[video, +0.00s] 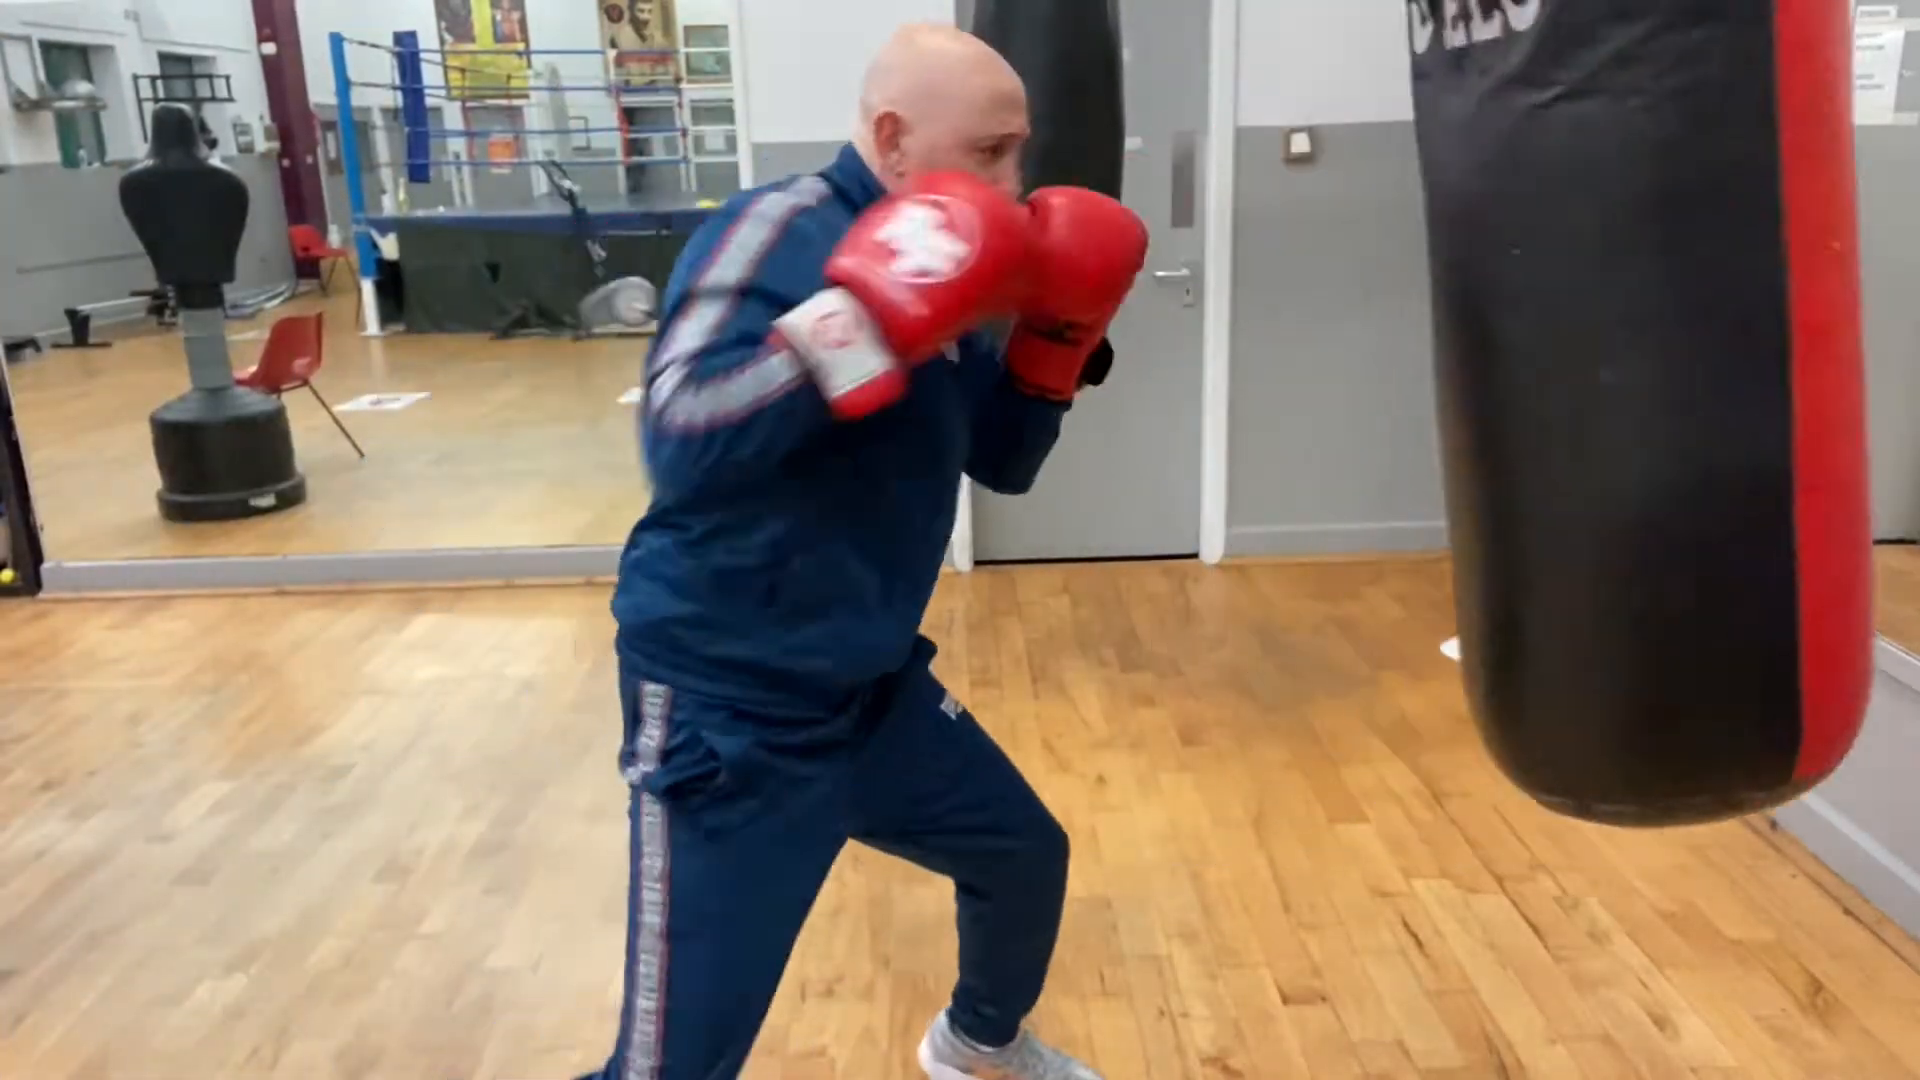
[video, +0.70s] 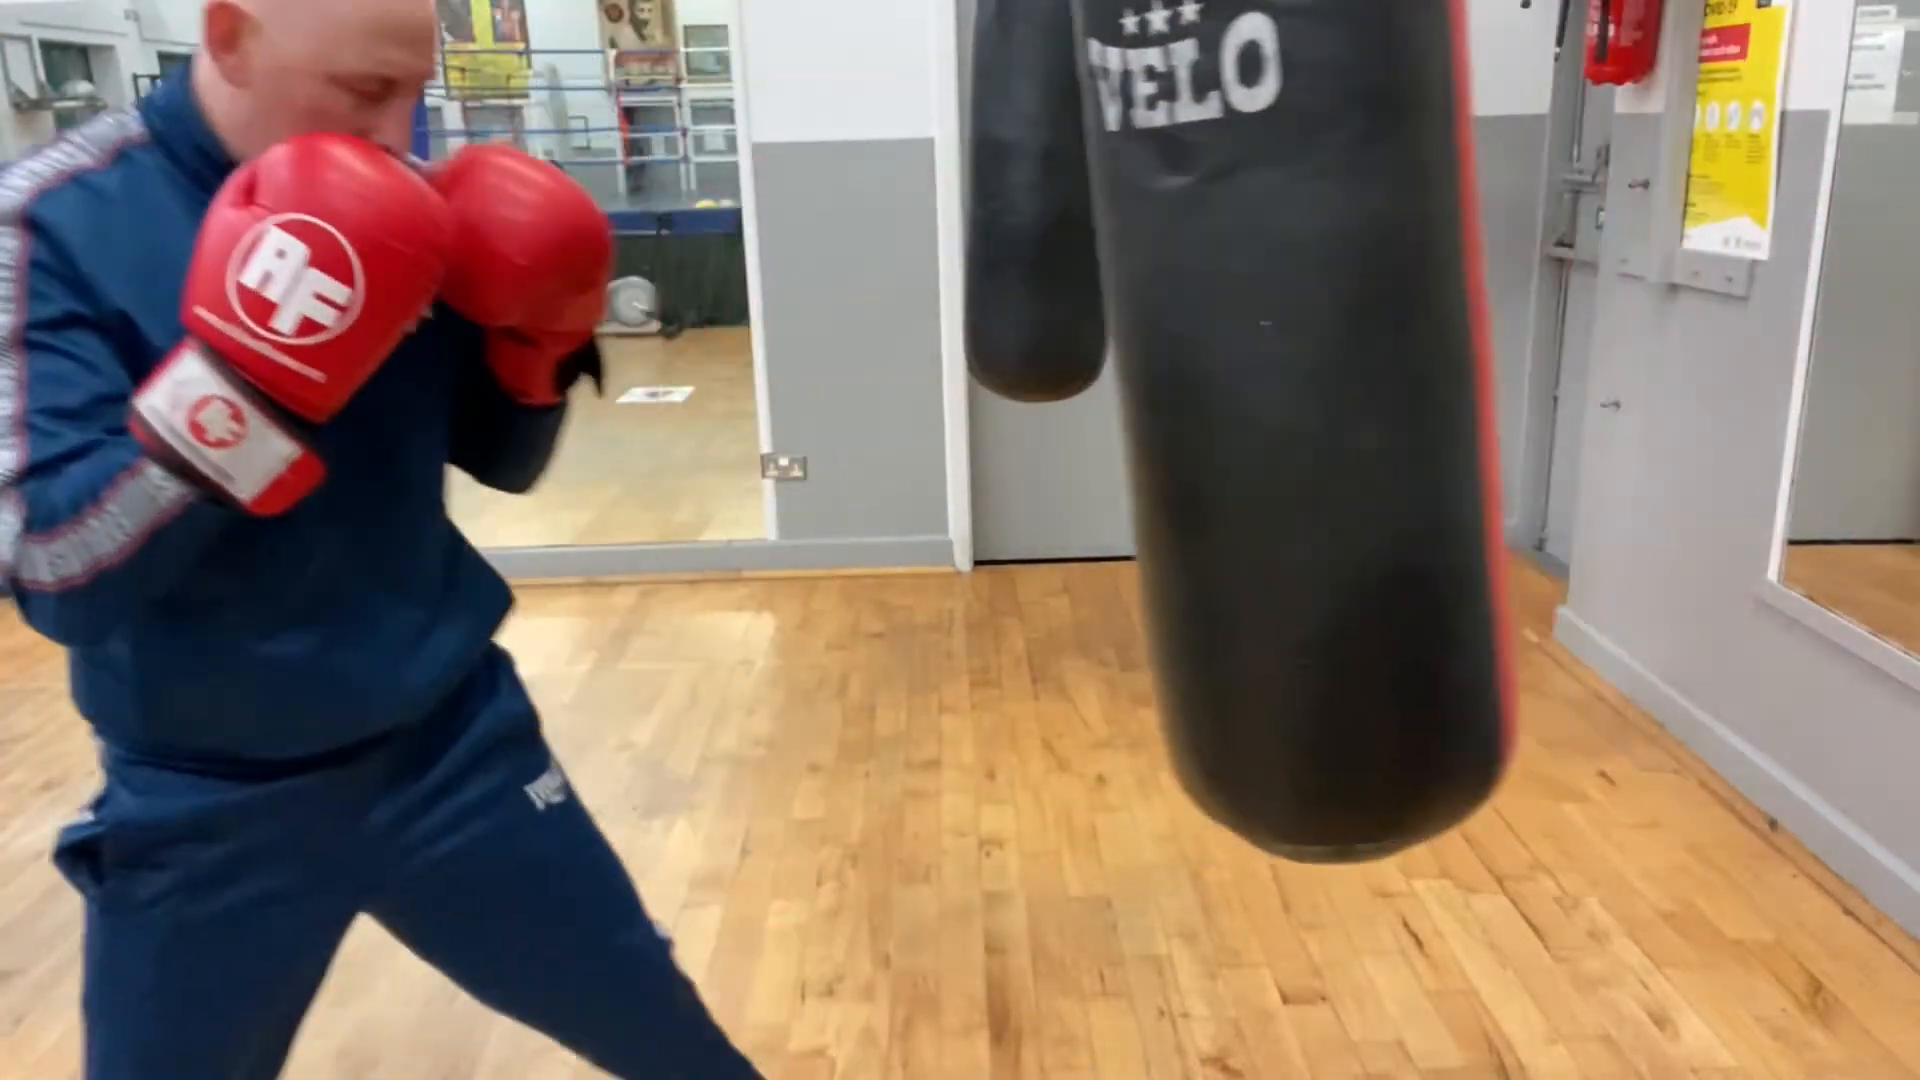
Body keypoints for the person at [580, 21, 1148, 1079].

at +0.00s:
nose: (1013, 183)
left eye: (1020, 152)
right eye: (988, 151)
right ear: (890, 139)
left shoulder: (956, 271)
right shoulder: (771, 229)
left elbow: (1002, 462)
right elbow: (678, 432)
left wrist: (1056, 338)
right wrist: (866, 317)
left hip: (866, 686)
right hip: (723, 701)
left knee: (1024, 857)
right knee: (669, 1065)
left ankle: (980, 1042)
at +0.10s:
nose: (899, 165)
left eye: (907, 132)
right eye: (871, 133)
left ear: (916, 117)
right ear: (767, 115)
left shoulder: (874, 258)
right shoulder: (638, 248)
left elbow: (954, 446)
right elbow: (608, 491)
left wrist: (1003, 332)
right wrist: (751, 325)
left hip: (853, 703)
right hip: (682, 738)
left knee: (1001, 873)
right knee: (657, 1069)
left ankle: (983, 1042)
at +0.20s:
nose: (791, 107)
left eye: (804, 74)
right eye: (765, 76)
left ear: (817, 57)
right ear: (652, 53)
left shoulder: (789, 197)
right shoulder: (529, 197)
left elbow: (884, 404)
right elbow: (531, 470)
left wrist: (928, 276)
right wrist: (672, 281)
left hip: (786, 684)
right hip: (600, 721)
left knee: (934, 905)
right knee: (573, 1057)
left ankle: (975, 1047)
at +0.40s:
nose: (695, 108)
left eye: (714, 71)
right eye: (665, 72)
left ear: (729, 44)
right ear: (545, 33)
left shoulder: (712, 167)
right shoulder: (396, 179)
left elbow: (795, 375)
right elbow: (389, 475)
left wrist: (840, 276)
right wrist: (544, 306)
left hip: (679, 663)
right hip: (474, 688)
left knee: (800, 950)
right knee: (415, 1052)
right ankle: (364, 1067)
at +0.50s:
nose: (629, 176)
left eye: (649, 136)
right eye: (598, 138)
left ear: (668, 110)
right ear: (478, 97)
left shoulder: (657, 230)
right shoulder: (324, 251)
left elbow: (745, 448)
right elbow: (321, 559)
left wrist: (787, 355)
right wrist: (477, 399)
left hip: (648, 747)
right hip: (419, 782)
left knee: (801, 994)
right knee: (317, 1069)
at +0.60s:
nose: (522, 189)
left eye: (539, 154)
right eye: (493, 152)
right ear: (366, 108)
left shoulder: (537, 241)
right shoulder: (192, 269)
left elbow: (636, 482)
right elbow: (198, 583)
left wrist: (673, 375)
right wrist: (377, 416)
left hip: (560, 772)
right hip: (324, 819)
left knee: (747, 1011)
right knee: (248, 1071)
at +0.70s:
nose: (390, 130)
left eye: (412, 94)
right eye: (360, 92)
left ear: (432, 69)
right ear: (228, 39)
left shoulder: (415, 165)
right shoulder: (51, 221)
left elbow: (502, 461)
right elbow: (55, 577)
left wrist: (537, 338)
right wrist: (242, 379)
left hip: (451, 760)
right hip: (207, 815)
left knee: (669, 1041)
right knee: (156, 1072)